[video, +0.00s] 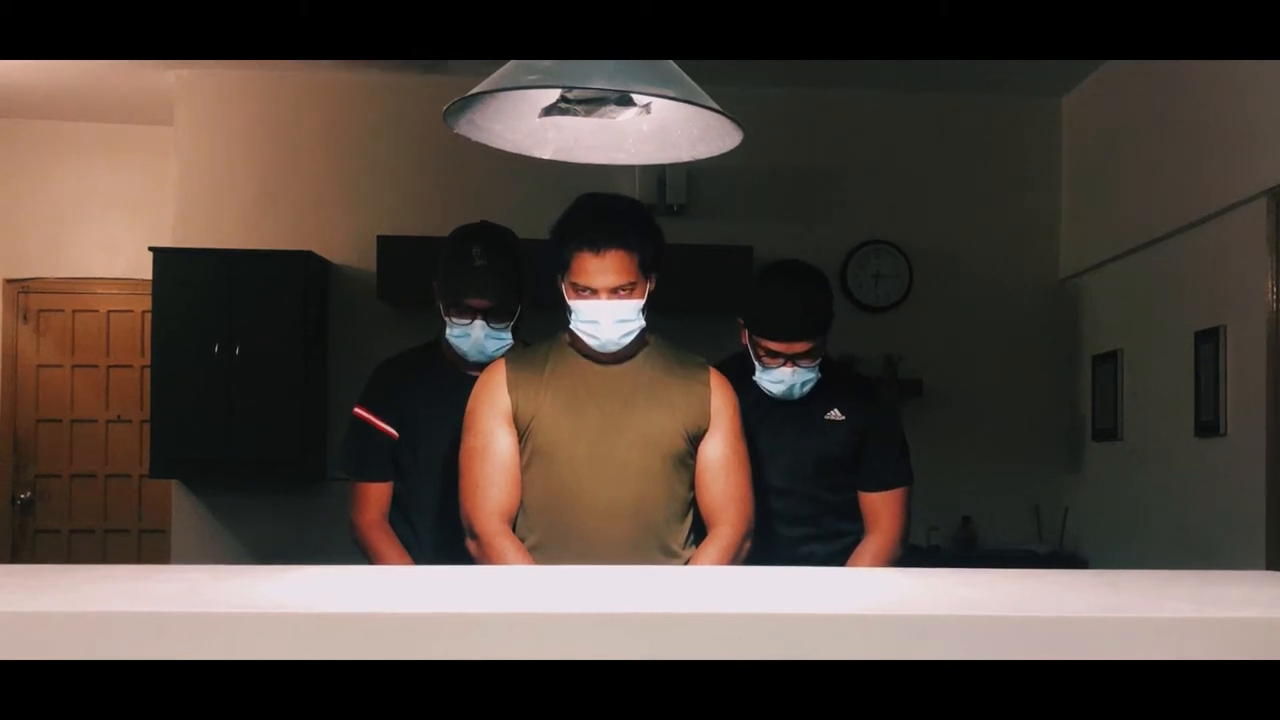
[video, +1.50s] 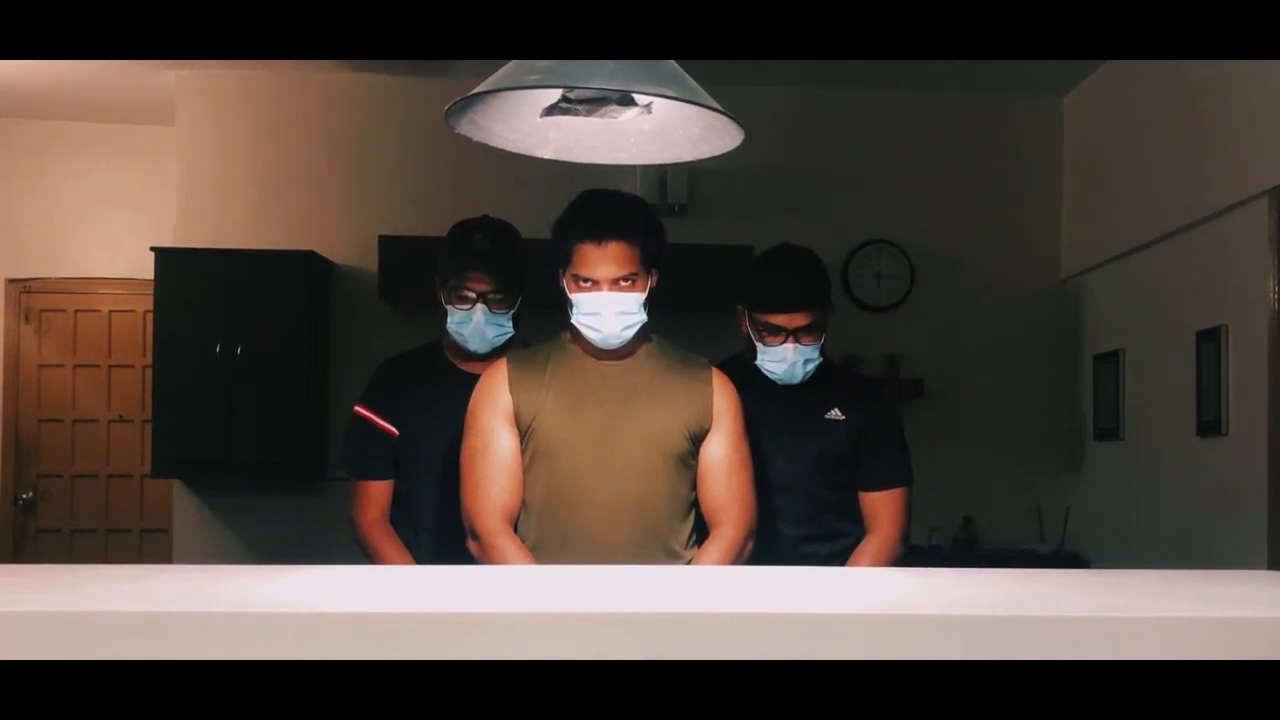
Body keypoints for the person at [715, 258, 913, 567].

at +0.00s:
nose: (788, 372)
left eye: (805, 357)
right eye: (771, 356)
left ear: (824, 340)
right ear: (745, 336)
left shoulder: (865, 404)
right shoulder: (716, 393)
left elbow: (884, 534)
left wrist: (835, 604)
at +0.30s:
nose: (787, 368)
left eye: (804, 351)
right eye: (770, 350)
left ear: (823, 334)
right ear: (744, 332)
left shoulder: (863, 403)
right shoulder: (714, 393)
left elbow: (884, 534)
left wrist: (832, 605)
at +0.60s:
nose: (786, 363)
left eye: (803, 346)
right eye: (768, 346)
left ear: (822, 331)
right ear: (742, 329)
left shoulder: (862, 402)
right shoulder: (714, 394)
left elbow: (883, 534)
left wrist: (829, 604)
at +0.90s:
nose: (786, 358)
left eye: (804, 341)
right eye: (769, 340)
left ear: (823, 328)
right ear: (743, 327)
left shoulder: (862, 402)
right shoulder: (714, 394)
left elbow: (883, 535)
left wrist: (830, 605)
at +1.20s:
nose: (787, 354)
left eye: (805, 336)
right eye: (769, 336)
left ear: (824, 325)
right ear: (743, 324)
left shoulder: (862, 402)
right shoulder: (714, 395)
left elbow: (884, 536)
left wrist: (830, 606)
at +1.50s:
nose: (790, 348)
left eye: (807, 332)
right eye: (772, 332)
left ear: (826, 323)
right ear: (745, 322)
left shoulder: (862, 400)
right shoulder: (716, 393)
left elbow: (885, 535)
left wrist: (832, 605)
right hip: (740, 591)